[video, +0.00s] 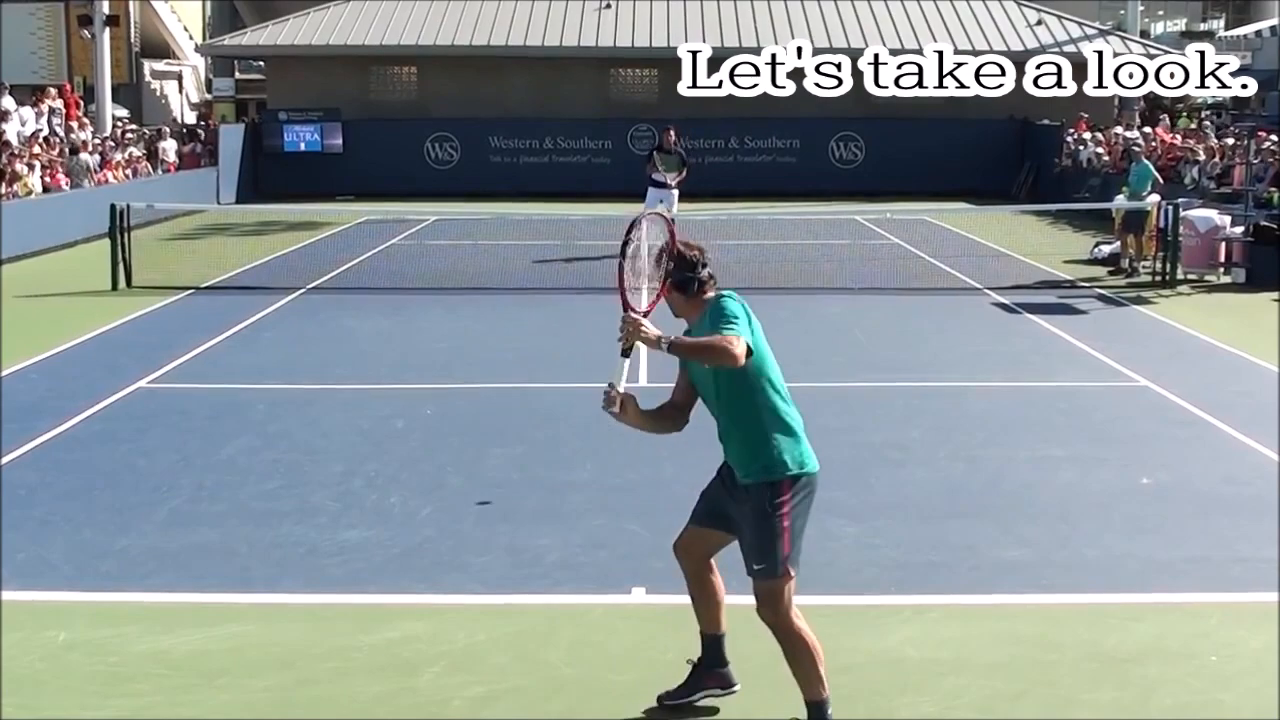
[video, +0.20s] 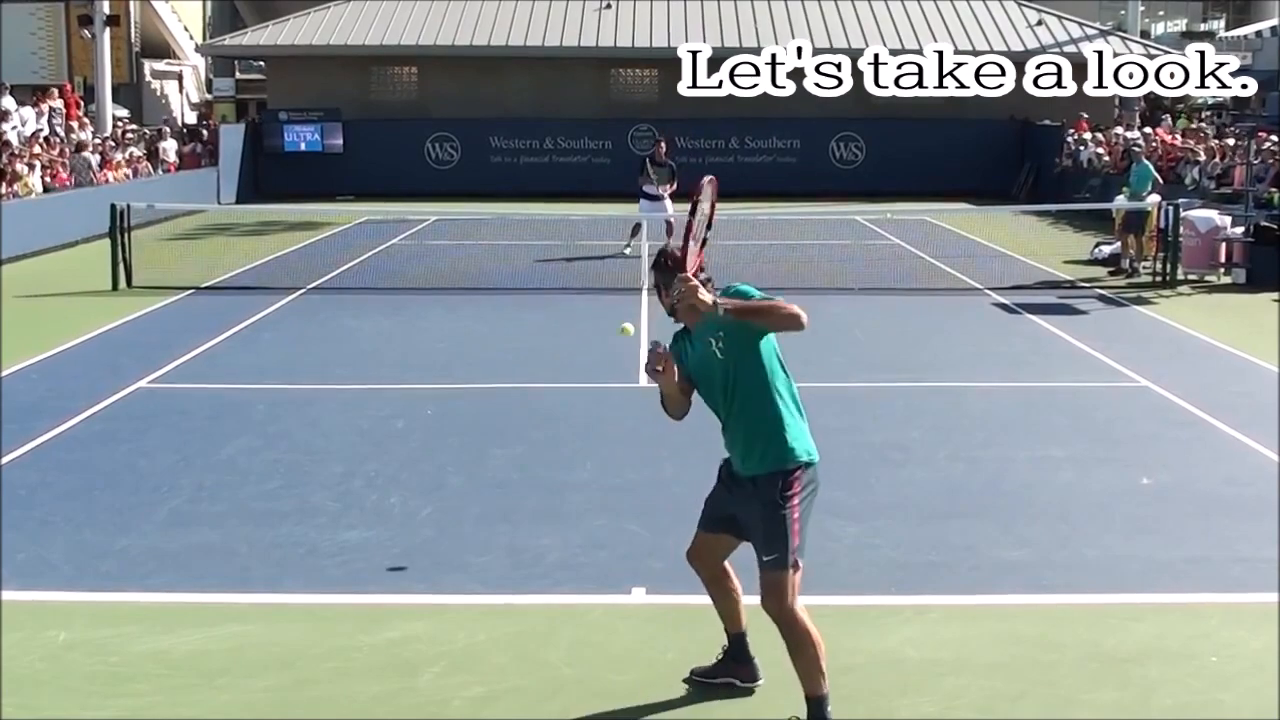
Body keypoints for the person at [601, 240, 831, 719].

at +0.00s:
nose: (661, 295)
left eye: (662, 286)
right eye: (662, 287)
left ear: (672, 287)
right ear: (703, 279)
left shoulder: (725, 307)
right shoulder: (695, 339)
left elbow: (734, 352)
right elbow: (674, 416)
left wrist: (661, 341)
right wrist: (633, 414)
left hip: (779, 471)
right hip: (741, 469)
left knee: (776, 607)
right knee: (692, 550)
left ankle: (821, 713)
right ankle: (714, 668)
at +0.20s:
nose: (674, 297)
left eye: (678, 286)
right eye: (666, 292)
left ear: (698, 281)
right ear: (664, 300)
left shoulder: (735, 302)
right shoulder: (682, 346)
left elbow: (796, 318)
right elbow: (677, 410)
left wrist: (718, 305)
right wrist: (666, 381)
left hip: (784, 467)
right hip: (740, 468)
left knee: (780, 602)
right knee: (703, 557)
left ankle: (819, 711)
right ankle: (739, 659)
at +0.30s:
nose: (655, 312)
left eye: (656, 303)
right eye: (655, 303)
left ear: (669, 303)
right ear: (687, 298)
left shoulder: (736, 311)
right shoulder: (681, 350)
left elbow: (814, 342)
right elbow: (680, 425)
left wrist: (750, 339)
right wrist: (679, 404)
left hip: (783, 471)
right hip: (741, 471)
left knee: (755, 600)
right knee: (703, 550)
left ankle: (812, 710)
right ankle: (741, 659)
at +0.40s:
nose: (654, 318)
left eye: (653, 308)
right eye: (652, 309)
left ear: (664, 307)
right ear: (690, 298)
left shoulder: (738, 330)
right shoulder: (692, 352)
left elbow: (803, 374)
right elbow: (687, 413)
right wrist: (681, 457)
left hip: (781, 474)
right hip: (752, 473)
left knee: (742, 599)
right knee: (715, 543)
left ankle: (805, 706)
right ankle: (742, 661)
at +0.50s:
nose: (660, 313)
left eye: (660, 303)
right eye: (657, 305)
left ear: (680, 298)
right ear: (693, 292)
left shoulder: (715, 339)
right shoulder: (731, 320)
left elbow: (757, 410)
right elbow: (722, 403)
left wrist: (744, 485)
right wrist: (694, 458)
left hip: (776, 473)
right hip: (787, 459)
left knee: (748, 596)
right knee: (728, 539)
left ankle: (806, 699)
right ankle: (745, 659)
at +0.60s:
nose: (671, 299)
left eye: (670, 289)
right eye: (667, 290)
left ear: (684, 284)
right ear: (710, 275)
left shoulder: (706, 329)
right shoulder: (761, 304)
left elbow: (731, 410)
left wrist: (717, 486)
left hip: (759, 469)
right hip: (794, 459)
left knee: (749, 587)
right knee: (746, 563)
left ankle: (806, 686)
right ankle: (746, 657)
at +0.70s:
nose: (678, 275)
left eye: (678, 266)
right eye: (677, 266)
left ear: (690, 266)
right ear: (722, 258)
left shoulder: (708, 310)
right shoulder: (772, 286)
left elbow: (714, 387)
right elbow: (829, 289)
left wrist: (686, 460)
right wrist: (866, 272)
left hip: (751, 458)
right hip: (790, 448)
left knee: (734, 574)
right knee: (751, 550)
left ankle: (798, 677)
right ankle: (746, 658)